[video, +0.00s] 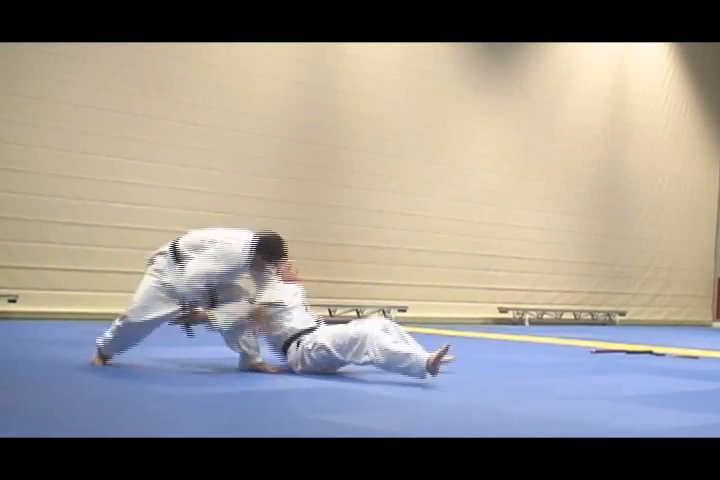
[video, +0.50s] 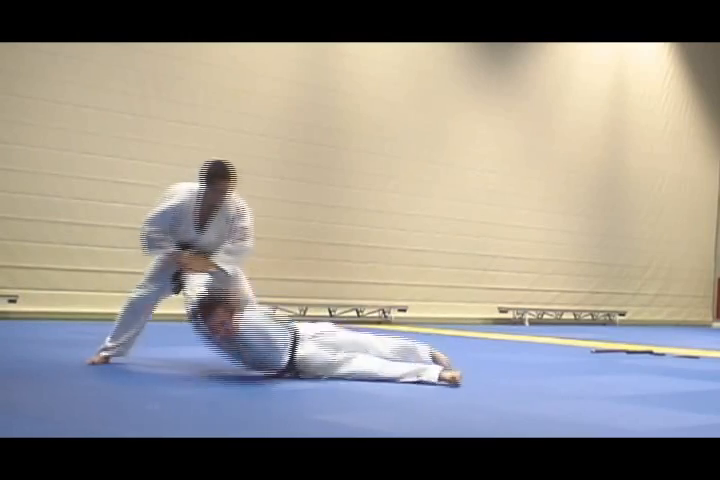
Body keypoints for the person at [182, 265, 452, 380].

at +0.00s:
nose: (295, 272)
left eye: (295, 267)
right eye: (289, 268)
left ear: (288, 272)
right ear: (276, 272)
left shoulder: (287, 293)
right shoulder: (274, 292)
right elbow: (251, 313)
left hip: (320, 336)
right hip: (302, 346)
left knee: (382, 324)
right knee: (365, 334)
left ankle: (423, 359)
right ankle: (422, 364)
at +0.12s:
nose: (297, 254)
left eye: (297, 251)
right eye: (289, 254)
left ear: (302, 258)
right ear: (279, 266)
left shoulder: (315, 286)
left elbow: (324, 319)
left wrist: (344, 334)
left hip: (334, 336)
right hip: (309, 351)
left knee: (399, 334)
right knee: (359, 345)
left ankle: (434, 364)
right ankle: (423, 374)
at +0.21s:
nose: (285, 260)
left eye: (287, 255)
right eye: (277, 259)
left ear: (297, 258)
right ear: (271, 269)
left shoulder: (318, 279)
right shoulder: (269, 292)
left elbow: (336, 308)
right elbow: (229, 300)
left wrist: (367, 312)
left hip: (341, 335)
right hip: (315, 355)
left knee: (408, 343)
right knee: (361, 365)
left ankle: (443, 366)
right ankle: (426, 377)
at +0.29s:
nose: (257, 268)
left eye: (262, 262)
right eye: (253, 266)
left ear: (280, 260)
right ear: (254, 271)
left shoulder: (303, 276)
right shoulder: (256, 296)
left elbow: (334, 290)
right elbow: (217, 293)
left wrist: (359, 286)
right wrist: (183, 286)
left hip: (337, 328)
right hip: (315, 353)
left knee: (393, 346)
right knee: (364, 371)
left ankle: (435, 365)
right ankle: (424, 376)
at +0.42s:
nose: (233, 295)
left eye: (238, 289)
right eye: (229, 291)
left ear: (254, 286)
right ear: (225, 292)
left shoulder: (277, 297)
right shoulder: (229, 315)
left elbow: (320, 297)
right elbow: (199, 299)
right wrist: (178, 278)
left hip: (326, 335)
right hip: (310, 362)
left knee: (384, 349)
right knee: (374, 371)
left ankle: (437, 360)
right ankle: (433, 376)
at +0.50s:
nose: (219, 327)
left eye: (222, 319)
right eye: (211, 323)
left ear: (231, 312)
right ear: (205, 325)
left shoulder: (251, 322)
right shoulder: (218, 339)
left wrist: (238, 325)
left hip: (308, 340)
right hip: (298, 360)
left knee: (369, 345)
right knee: (365, 366)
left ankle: (428, 356)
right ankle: (431, 373)